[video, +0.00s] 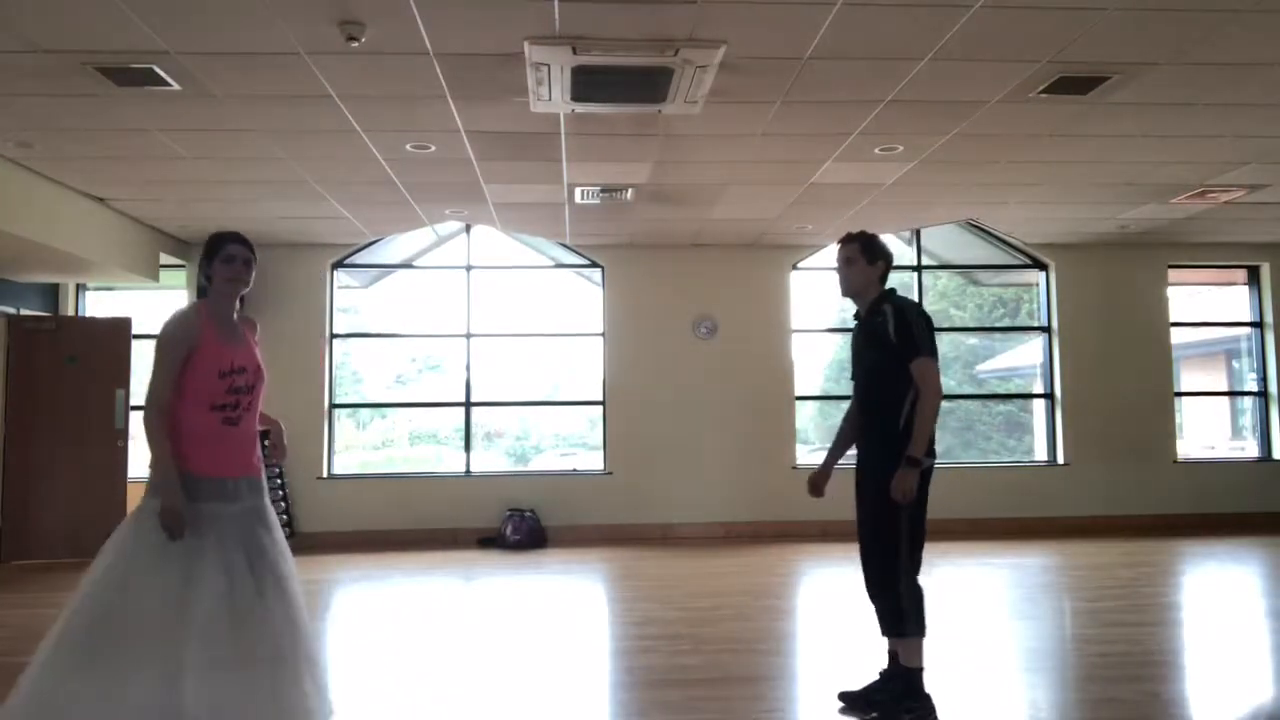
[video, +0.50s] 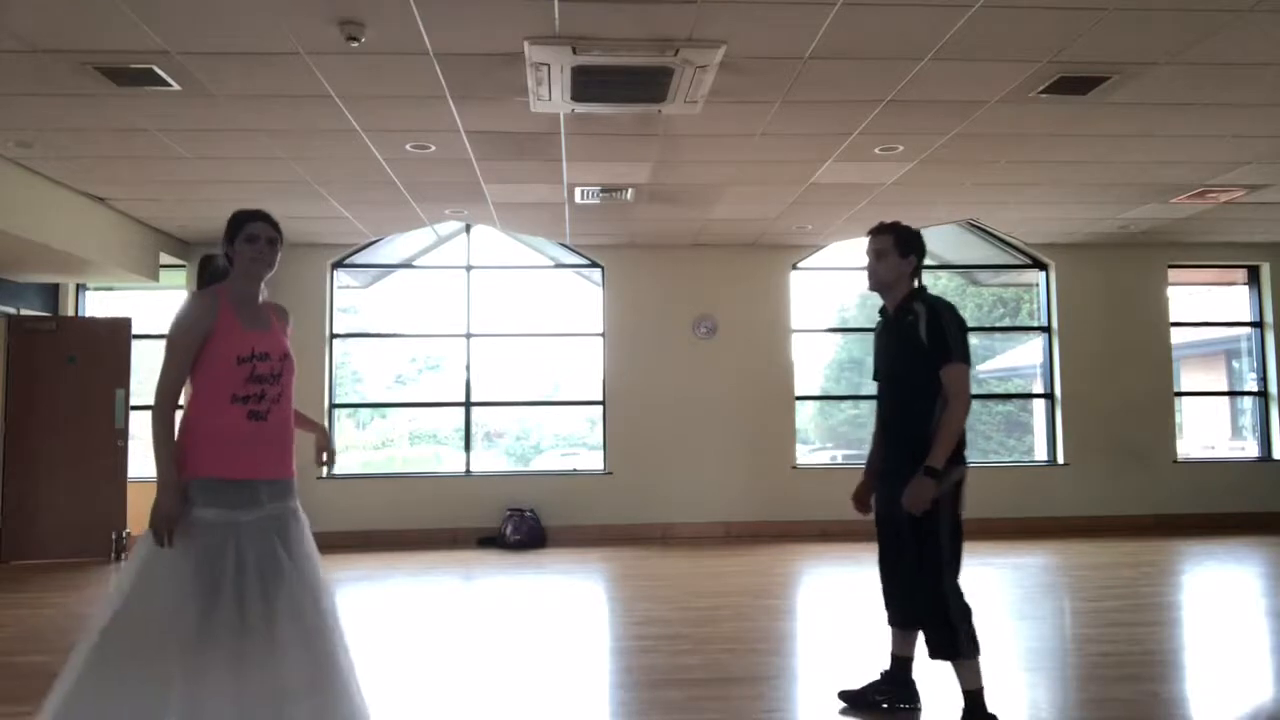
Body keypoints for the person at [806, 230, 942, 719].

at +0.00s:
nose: (840, 273)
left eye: (848, 265)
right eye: (839, 265)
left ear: (876, 267)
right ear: (855, 271)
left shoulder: (904, 313)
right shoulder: (865, 326)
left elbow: (931, 389)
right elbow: (861, 403)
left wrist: (912, 463)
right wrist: (828, 463)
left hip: (903, 462)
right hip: (872, 462)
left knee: (899, 569)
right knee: (878, 570)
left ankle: (912, 686)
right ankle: (896, 674)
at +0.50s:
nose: (869, 265)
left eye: (879, 257)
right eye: (869, 257)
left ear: (908, 263)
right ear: (881, 264)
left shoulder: (938, 315)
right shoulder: (887, 326)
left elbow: (959, 399)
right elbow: (889, 410)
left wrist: (932, 472)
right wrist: (870, 475)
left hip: (933, 472)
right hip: (894, 471)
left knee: (938, 585)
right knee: (899, 577)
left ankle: (976, 707)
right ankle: (898, 679)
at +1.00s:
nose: (907, 249)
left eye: (919, 238)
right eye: (902, 239)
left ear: (947, 243)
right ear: (897, 246)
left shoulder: (983, 304)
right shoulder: (900, 317)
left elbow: (1006, 396)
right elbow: (900, 400)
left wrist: (975, 472)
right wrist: (871, 471)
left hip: (975, 472)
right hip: (916, 471)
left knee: (974, 596)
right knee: (912, 596)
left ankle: (989, 702)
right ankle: (923, 710)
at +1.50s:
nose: (969, 222)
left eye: (983, 210)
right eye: (964, 212)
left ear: (1019, 218)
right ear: (962, 222)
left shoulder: (1060, 281)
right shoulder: (975, 301)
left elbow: (1099, 380)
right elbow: (977, 398)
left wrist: (1098, 481)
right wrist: (938, 475)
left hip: (1051, 480)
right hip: (987, 480)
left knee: (1065, 622)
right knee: (971, 608)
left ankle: (1082, 713)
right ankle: (982, 713)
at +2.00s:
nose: (986, 210)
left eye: (1000, 199)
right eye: (987, 200)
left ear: (1044, 207)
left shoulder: (1087, 271)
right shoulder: (1016, 292)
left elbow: (1104, 384)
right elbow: (1019, 397)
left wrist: (1055, 475)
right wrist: (991, 479)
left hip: (1076, 483)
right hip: (1022, 482)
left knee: (1076, 635)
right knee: (1038, 635)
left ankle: (1089, 715)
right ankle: (1060, 715)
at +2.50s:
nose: (985, 212)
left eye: (999, 201)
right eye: (987, 202)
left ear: (1041, 210)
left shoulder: (1081, 274)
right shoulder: (1014, 294)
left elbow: (1099, 385)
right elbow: (1013, 398)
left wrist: (1059, 482)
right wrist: (977, 477)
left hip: (1068, 484)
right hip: (1020, 484)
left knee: (1076, 635)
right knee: (1042, 635)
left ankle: (1091, 715)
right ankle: (1066, 714)